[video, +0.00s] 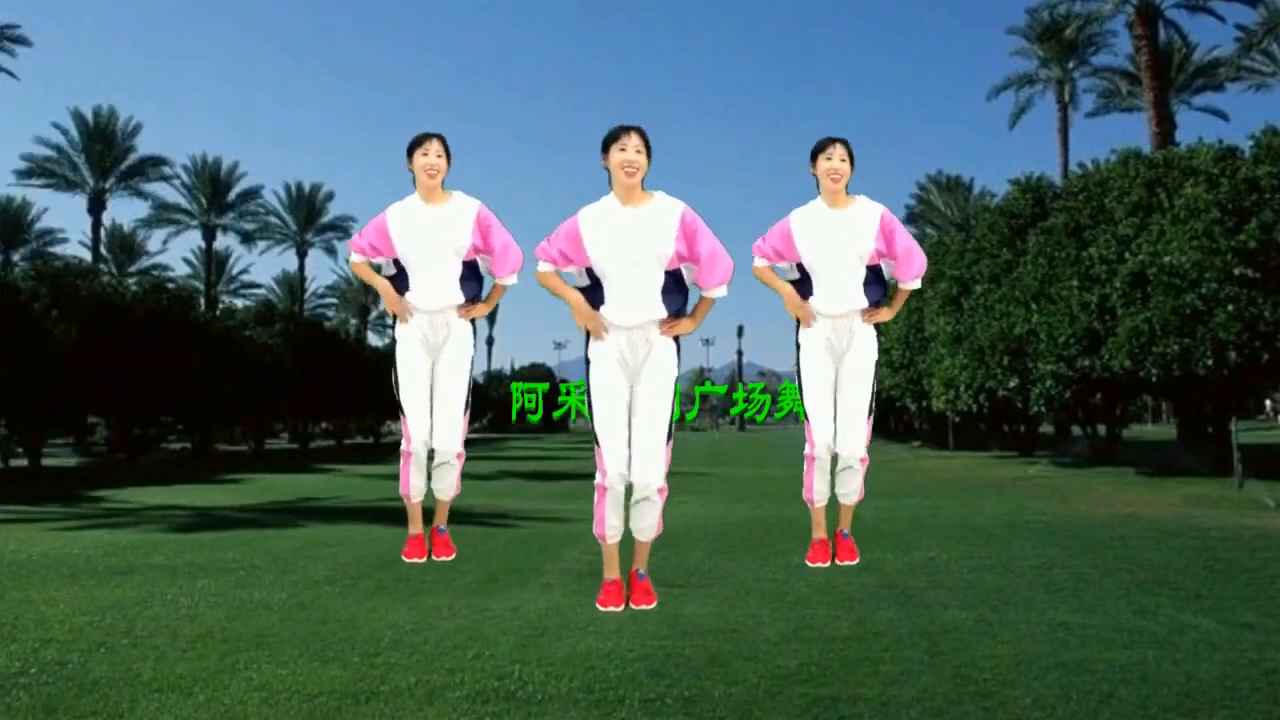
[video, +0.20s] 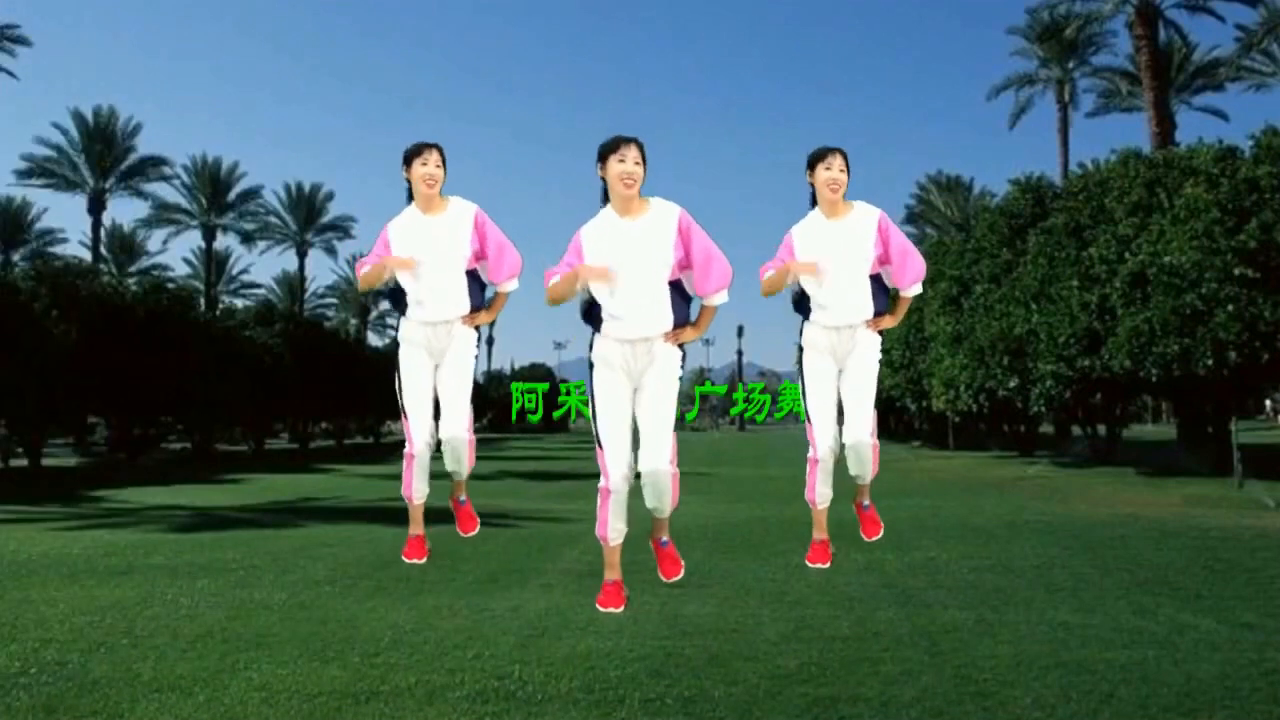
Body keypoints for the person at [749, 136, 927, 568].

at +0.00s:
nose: (835, 165)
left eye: (842, 159)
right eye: (827, 159)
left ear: (852, 170)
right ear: (814, 169)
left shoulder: (874, 215)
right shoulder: (799, 220)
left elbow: (913, 263)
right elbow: (759, 262)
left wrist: (891, 308)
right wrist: (788, 293)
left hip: (860, 330)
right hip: (815, 330)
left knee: (853, 439)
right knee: (820, 437)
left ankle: (844, 533)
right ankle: (819, 536)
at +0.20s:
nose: (835, 175)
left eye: (841, 169)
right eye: (826, 169)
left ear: (849, 179)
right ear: (811, 178)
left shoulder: (872, 220)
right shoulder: (800, 232)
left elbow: (911, 267)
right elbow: (766, 287)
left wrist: (896, 315)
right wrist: (789, 270)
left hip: (863, 335)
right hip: (818, 337)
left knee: (859, 436)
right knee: (822, 439)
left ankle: (864, 500)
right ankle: (819, 534)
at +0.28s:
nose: (837, 167)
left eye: (843, 161)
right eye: (828, 160)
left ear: (850, 170)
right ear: (812, 168)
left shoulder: (872, 207)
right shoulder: (800, 219)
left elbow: (915, 254)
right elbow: (770, 263)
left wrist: (899, 301)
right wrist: (796, 215)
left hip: (868, 324)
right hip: (824, 329)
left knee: (873, 431)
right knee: (826, 435)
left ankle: (882, 498)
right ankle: (819, 534)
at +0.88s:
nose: (847, 152)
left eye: (852, 144)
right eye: (839, 145)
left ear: (862, 148)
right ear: (824, 153)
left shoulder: (889, 182)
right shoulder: (821, 193)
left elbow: (932, 224)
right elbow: (814, 223)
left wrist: (917, 276)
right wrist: (819, 169)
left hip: (887, 296)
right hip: (843, 298)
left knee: (892, 422)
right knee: (838, 417)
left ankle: (886, 462)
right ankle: (829, 523)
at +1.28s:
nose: (857, 153)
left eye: (859, 145)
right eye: (847, 146)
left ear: (867, 156)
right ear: (832, 159)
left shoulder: (895, 200)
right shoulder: (823, 205)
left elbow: (930, 247)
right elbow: (859, 217)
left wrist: (916, 291)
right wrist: (853, 159)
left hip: (889, 308)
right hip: (844, 309)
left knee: (898, 430)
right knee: (839, 430)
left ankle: (895, 492)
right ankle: (831, 530)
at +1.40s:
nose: (860, 165)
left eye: (867, 158)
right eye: (852, 157)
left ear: (877, 165)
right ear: (838, 164)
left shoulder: (899, 202)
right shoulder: (829, 206)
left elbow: (936, 246)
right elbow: (876, 214)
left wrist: (924, 288)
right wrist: (906, 167)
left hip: (901, 309)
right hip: (858, 313)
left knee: (910, 427)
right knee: (854, 432)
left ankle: (920, 521)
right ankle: (835, 533)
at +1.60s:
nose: (866, 179)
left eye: (873, 173)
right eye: (858, 173)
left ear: (881, 181)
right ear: (843, 181)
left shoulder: (902, 223)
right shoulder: (835, 224)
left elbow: (943, 267)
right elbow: (882, 243)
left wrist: (923, 314)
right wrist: (936, 220)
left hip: (905, 338)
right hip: (860, 340)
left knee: (911, 443)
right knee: (861, 448)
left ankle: (919, 526)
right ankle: (834, 536)